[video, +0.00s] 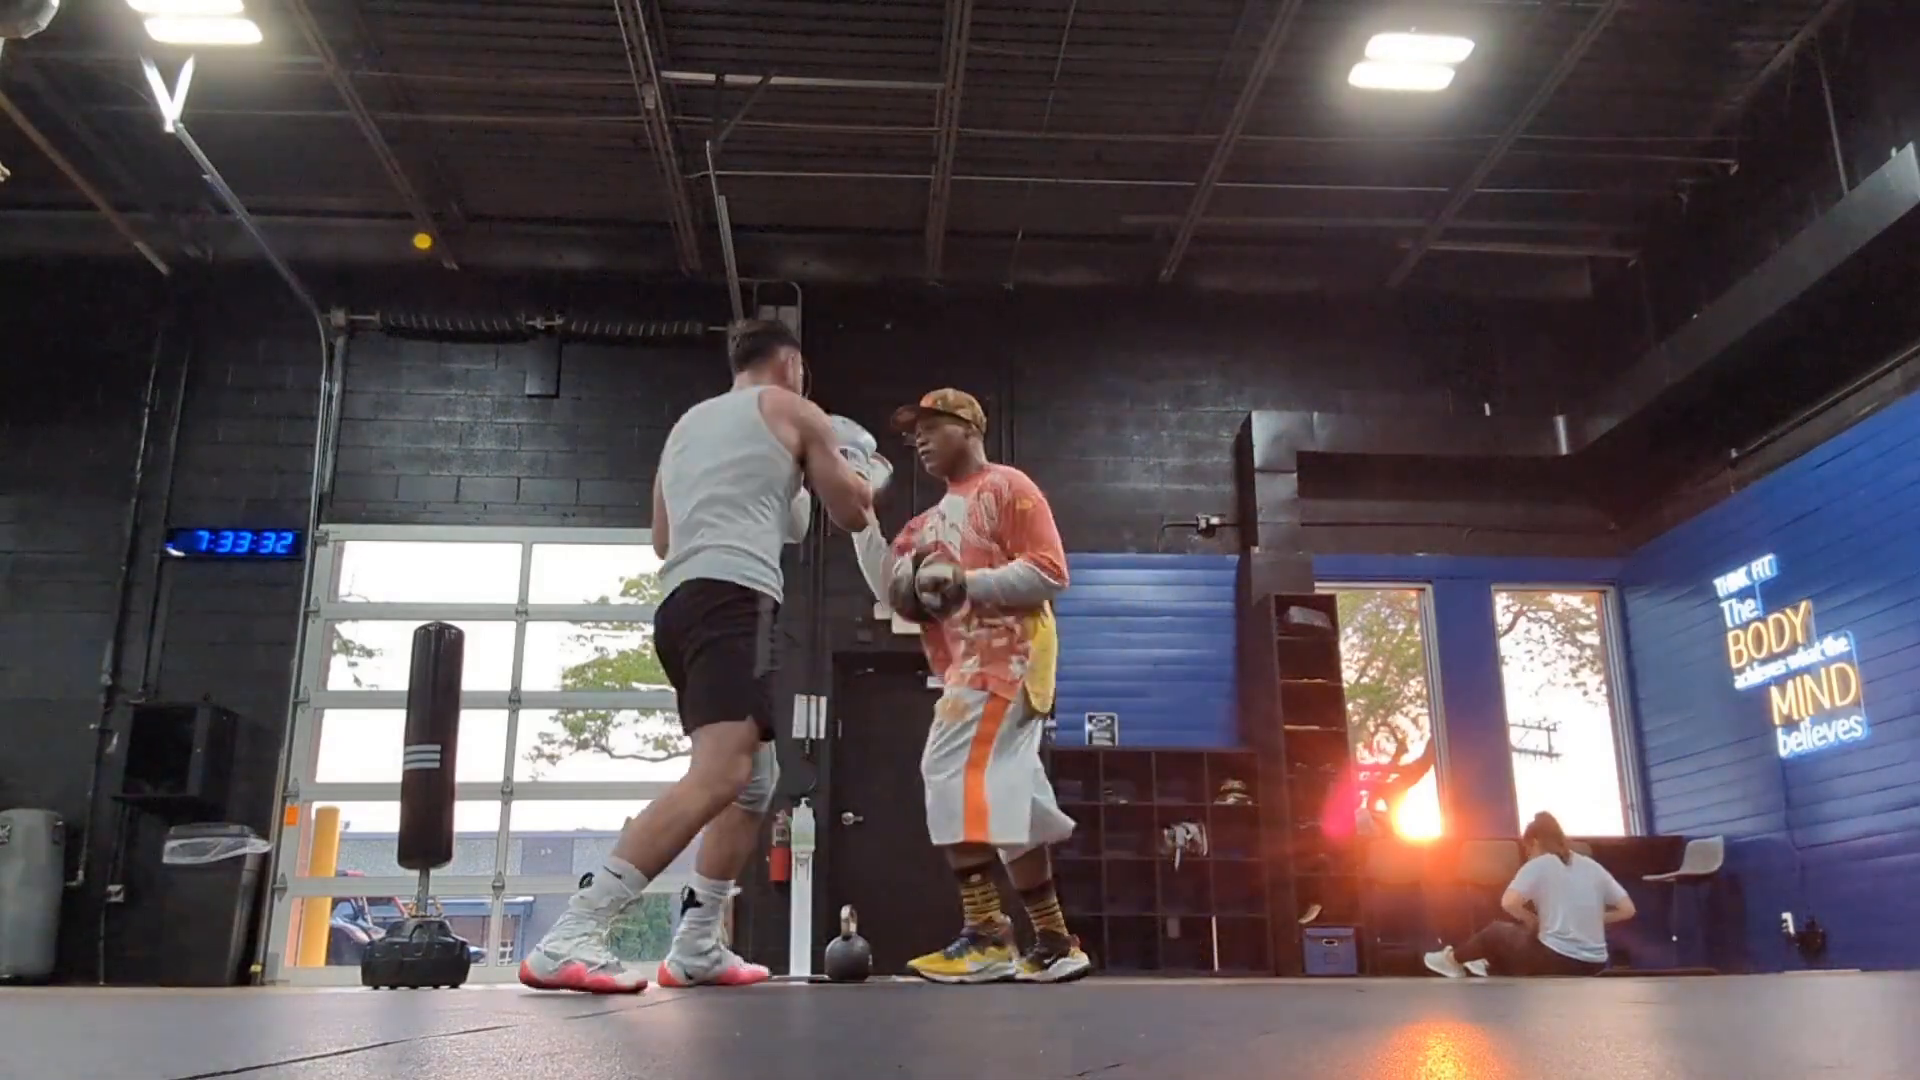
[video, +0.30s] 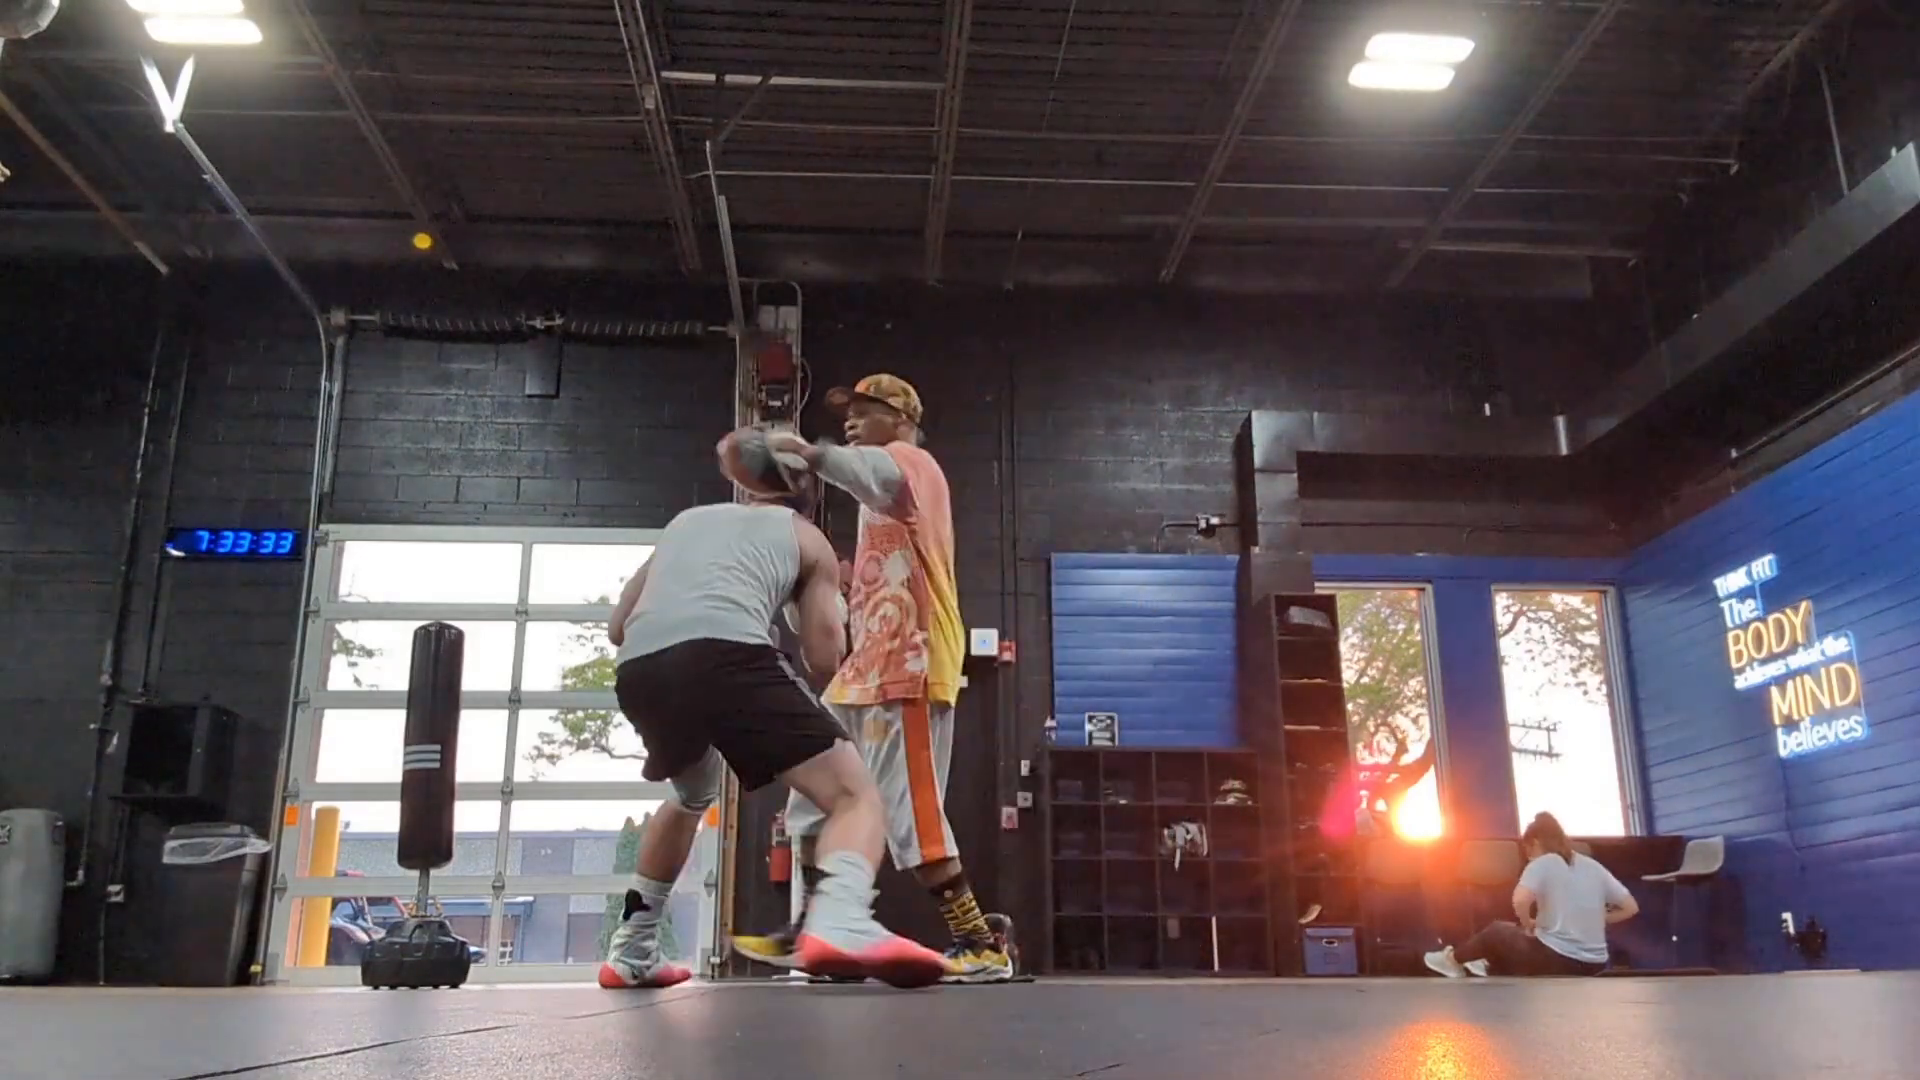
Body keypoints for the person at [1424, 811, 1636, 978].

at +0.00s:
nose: (1527, 853)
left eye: (1527, 848)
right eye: (1526, 848)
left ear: (1535, 843)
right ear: (1561, 840)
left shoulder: (1536, 866)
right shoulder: (1592, 866)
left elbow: (1509, 903)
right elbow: (1627, 909)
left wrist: (1530, 921)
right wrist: (1592, 920)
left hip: (1556, 958)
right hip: (1595, 961)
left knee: (1498, 931)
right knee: (1522, 938)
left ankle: (1451, 959)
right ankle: (1487, 964)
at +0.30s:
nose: (1527, 856)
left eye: (1527, 849)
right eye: (1526, 850)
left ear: (1536, 843)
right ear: (1562, 840)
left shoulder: (1541, 864)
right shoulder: (1593, 867)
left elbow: (1520, 900)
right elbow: (1630, 908)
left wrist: (1527, 925)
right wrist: (1596, 919)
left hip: (1559, 957)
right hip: (1595, 961)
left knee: (1498, 931)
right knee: (1523, 939)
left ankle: (1451, 958)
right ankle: (1485, 963)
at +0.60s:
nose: (1525, 854)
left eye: (1526, 847)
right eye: (1524, 848)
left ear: (1536, 841)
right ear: (1556, 840)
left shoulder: (1539, 863)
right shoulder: (1590, 865)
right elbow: (1636, 893)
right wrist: (1624, 935)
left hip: (1563, 958)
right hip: (1596, 960)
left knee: (1496, 932)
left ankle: (1451, 958)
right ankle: (1486, 963)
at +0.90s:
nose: (1524, 848)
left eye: (1524, 842)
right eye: (1524, 843)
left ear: (1531, 841)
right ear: (1555, 838)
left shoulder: (1535, 864)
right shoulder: (1587, 866)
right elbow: (1630, 898)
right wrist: (1613, 936)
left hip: (1555, 961)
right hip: (1593, 962)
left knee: (1496, 929)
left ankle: (1451, 959)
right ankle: (1487, 963)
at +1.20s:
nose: (1520, 853)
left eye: (1520, 847)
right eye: (1520, 847)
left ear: (1524, 848)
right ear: (1551, 845)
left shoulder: (1528, 868)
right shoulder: (1576, 869)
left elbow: (1509, 905)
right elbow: (1593, 910)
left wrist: (1488, 911)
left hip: (1557, 958)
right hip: (1593, 961)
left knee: (1492, 934)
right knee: (1529, 925)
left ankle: (1453, 959)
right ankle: (1485, 962)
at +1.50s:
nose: (1511, 855)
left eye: (1512, 851)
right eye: (1513, 850)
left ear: (1514, 854)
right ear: (1540, 852)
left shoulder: (1517, 874)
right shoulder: (1565, 875)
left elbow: (1502, 920)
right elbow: (1559, 918)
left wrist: (1485, 910)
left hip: (1552, 957)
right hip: (1591, 960)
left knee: (1487, 934)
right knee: (1519, 936)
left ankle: (1450, 960)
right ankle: (1483, 963)